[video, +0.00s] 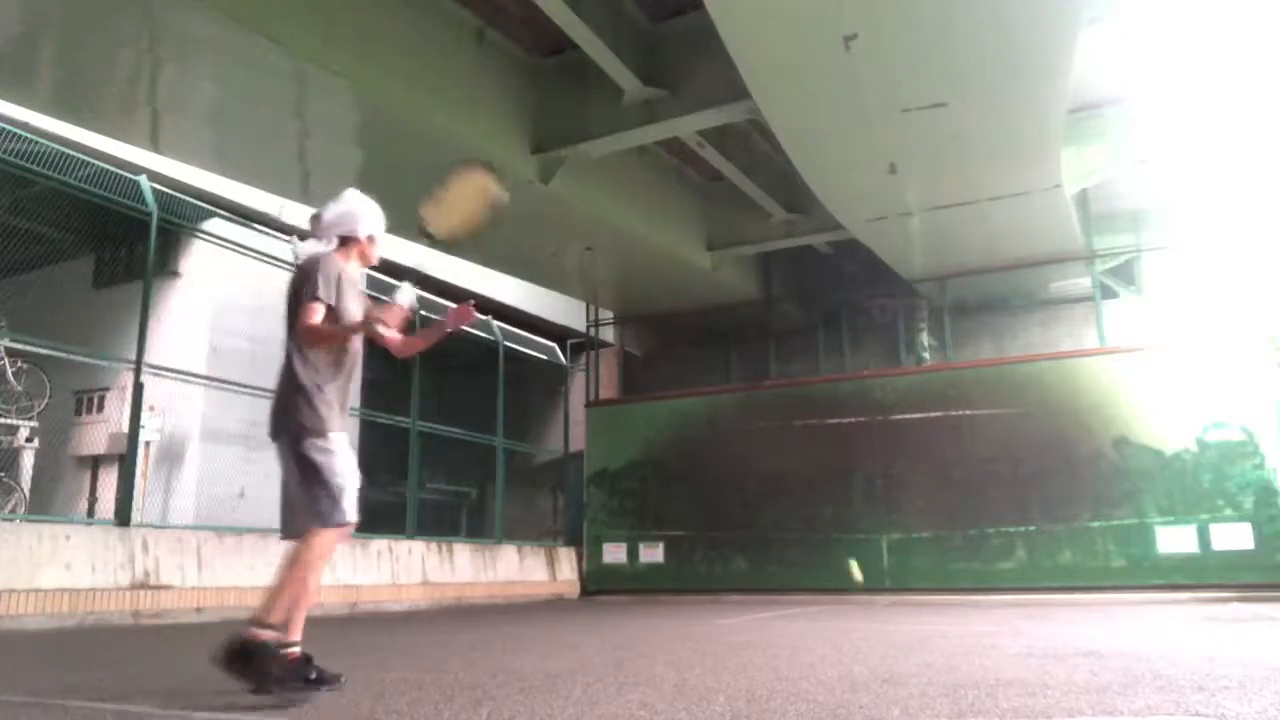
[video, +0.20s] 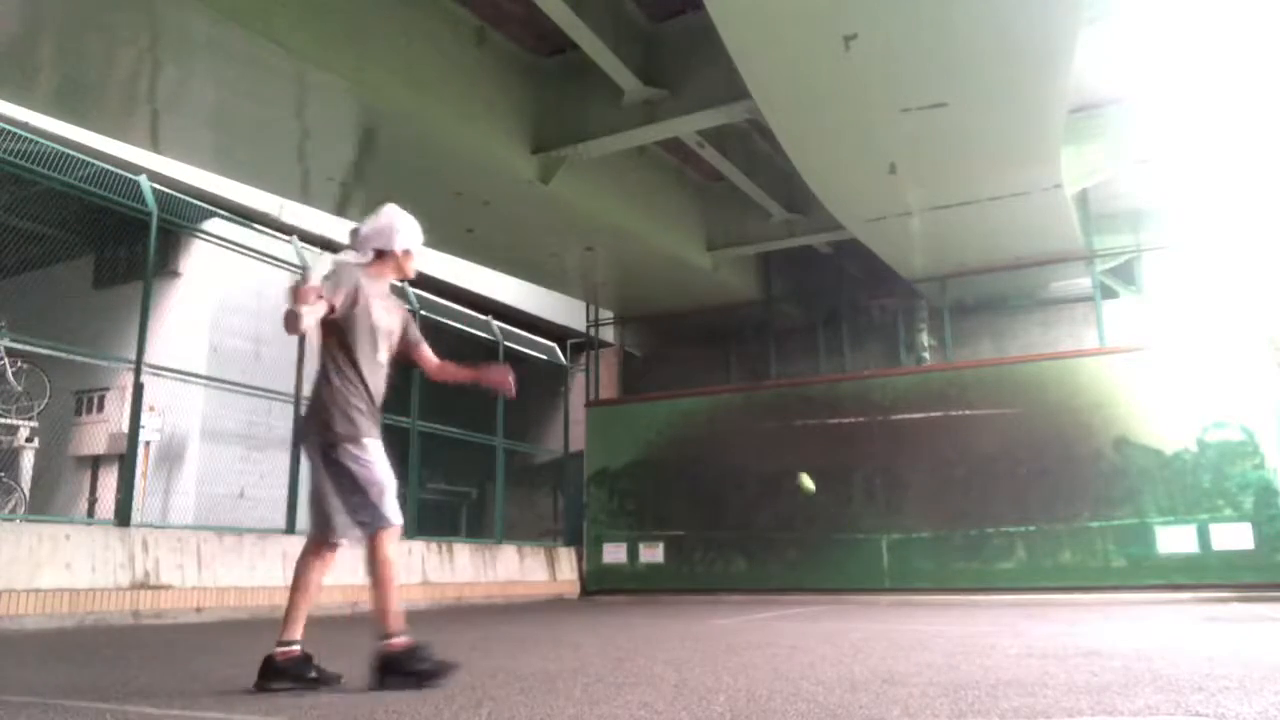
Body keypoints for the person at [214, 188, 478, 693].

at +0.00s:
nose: (379, 249)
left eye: (379, 240)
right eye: (376, 239)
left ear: (350, 238)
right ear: (358, 237)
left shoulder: (353, 287)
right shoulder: (322, 265)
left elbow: (401, 348)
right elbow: (308, 331)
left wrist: (445, 325)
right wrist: (366, 326)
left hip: (329, 422)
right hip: (308, 419)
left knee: (327, 528)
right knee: (333, 521)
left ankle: (283, 646)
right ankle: (266, 638)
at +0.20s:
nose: (417, 260)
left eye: (417, 251)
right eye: (413, 251)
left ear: (389, 252)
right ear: (394, 250)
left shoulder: (397, 311)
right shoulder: (349, 278)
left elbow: (434, 368)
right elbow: (301, 322)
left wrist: (483, 374)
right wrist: (303, 304)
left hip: (352, 426)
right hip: (341, 424)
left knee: (326, 539)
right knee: (385, 524)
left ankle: (286, 652)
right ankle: (395, 649)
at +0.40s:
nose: (457, 279)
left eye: (456, 270)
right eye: (452, 271)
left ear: (431, 271)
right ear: (432, 271)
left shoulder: (424, 321)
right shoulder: (392, 300)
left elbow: (436, 390)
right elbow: (353, 329)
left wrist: (476, 439)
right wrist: (316, 355)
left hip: (368, 435)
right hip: (382, 435)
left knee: (349, 543)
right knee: (425, 534)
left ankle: (291, 647)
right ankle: (422, 652)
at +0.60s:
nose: (470, 294)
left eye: (471, 285)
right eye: (468, 284)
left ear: (429, 278)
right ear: (447, 280)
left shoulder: (386, 311)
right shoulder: (437, 317)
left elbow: (400, 375)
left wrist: (449, 403)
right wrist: (517, 447)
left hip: (352, 433)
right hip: (396, 433)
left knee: (368, 540)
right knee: (422, 537)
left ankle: (339, 646)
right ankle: (420, 652)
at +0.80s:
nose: (460, 289)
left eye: (460, 280)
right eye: (457, 280)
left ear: (416, 277)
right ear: (440, 279)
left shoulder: (379, 311)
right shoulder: (444, 318)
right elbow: (492, 352)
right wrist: (529, 362)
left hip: (359, 438)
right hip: (404, 442)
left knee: (359, 536)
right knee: (424, 540)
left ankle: (328, 636)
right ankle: (421, 652)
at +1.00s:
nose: (437, 293)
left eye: (436, 285)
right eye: (435, 285)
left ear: (395, 280)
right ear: (421, 285)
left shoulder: (364, 316)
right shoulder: (425, 318)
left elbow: (340, 334)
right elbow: (451, 333)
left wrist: (373, 300)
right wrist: (419, 300)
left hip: (351, 442)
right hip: (394, 445)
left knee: (342, 541)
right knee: (415, 540)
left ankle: (316, 643)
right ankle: (421, 649)